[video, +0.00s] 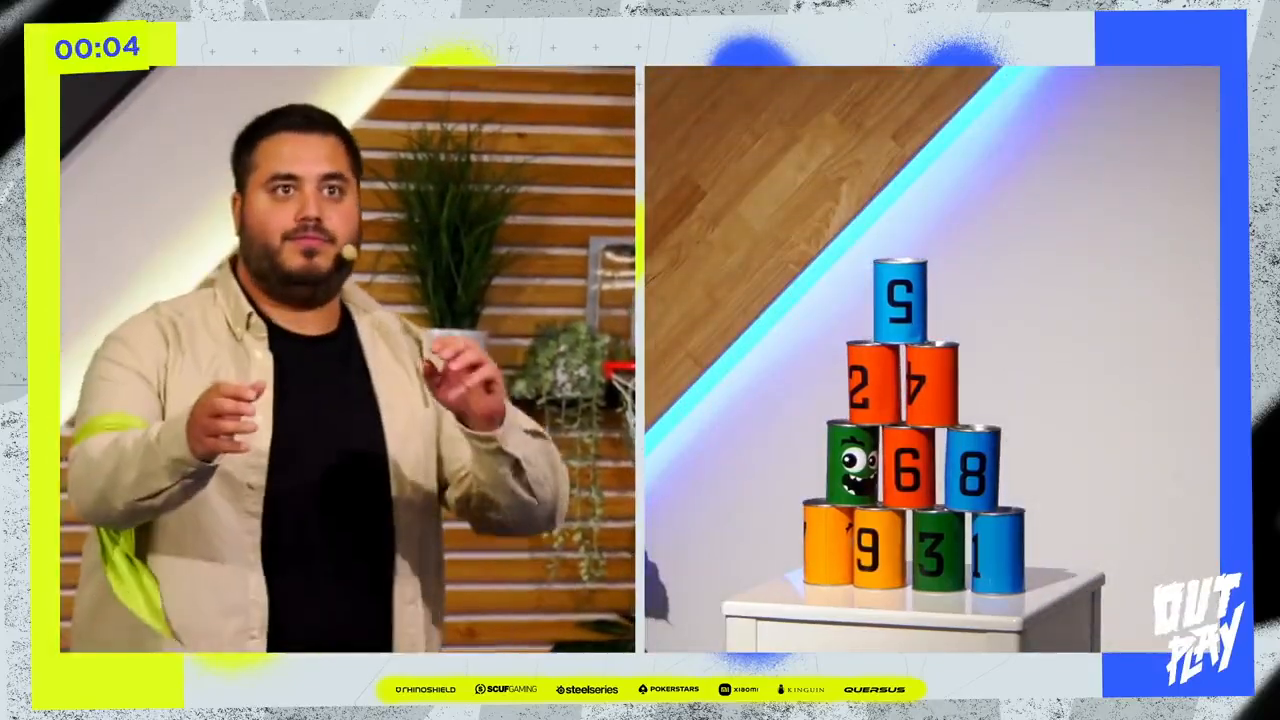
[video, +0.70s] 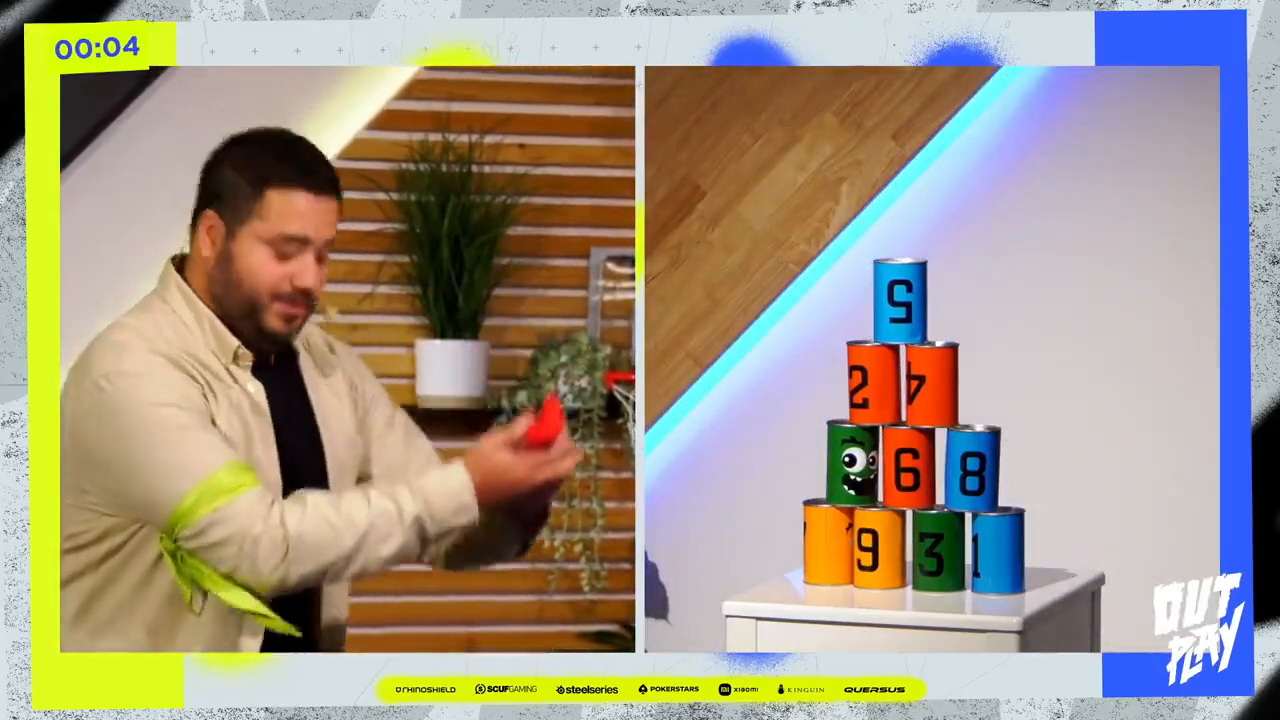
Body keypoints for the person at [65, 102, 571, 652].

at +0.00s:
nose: (311, 211)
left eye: (333, 189)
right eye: (284, 189)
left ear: (357, 213)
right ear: (240, 209)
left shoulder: (414, 354)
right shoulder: (155, 342)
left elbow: (532, 510)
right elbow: (91, 490)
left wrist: (495, 428)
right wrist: (183, 442)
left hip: (381, 694)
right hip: (201, 693)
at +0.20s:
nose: (290, 199)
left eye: (310, 179)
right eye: (260, 178)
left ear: (332, 207)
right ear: (213, 207)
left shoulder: (393, 337)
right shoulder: (136, 343)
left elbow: (521, 458)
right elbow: (106, 496)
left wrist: (462, 353)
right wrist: (226, 444)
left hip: (387, 685)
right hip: (211, 686)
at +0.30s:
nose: (280, 195)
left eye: (300, 176)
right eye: (249, 175)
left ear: (321, 208)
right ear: (200, 208)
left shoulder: (379, 340)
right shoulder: (124, 345)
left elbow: (510, 440)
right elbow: (127, 495)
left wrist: (461, 329)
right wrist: (269, 440)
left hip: (363, 680)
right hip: (194, 682)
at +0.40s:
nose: (280, 197)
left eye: (297, 179)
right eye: (248, 176)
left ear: (316, 213)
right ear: (192, 210)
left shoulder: (350, 337)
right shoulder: (116, 351)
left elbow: (496, 432)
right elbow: (169, 493)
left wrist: (470, 317)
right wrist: (333, 432)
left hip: (324, 684)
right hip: (167, 688)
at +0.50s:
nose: (286, 203)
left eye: (301, 184)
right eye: (253, 180)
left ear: (315, 217)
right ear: (191, 211)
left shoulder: (347, 343)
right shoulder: (119, 355)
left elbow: (493, 443)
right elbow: (229, 488)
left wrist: (488, 323)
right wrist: (400, 404)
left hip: (321, 691)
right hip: (159, 691)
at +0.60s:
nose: (290, 220)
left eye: (304, 201)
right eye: (259, 195)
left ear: (318, 221)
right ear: (191, 219)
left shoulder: (334, 345)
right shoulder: (127, 362)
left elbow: (476, 483)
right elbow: (271, 500)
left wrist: (511, 385)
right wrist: (459, 401)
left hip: (322, 698)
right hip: (158, 702)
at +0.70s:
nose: (311, 279)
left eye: (321, 254)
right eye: (287, 249)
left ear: (329, 250)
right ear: (210, 235)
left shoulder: (327, 364)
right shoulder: (127, 375)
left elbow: (437, 532)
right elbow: (261, 551)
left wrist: (514, 510)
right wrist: (464, 488)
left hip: (296, 698)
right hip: (140, 700)